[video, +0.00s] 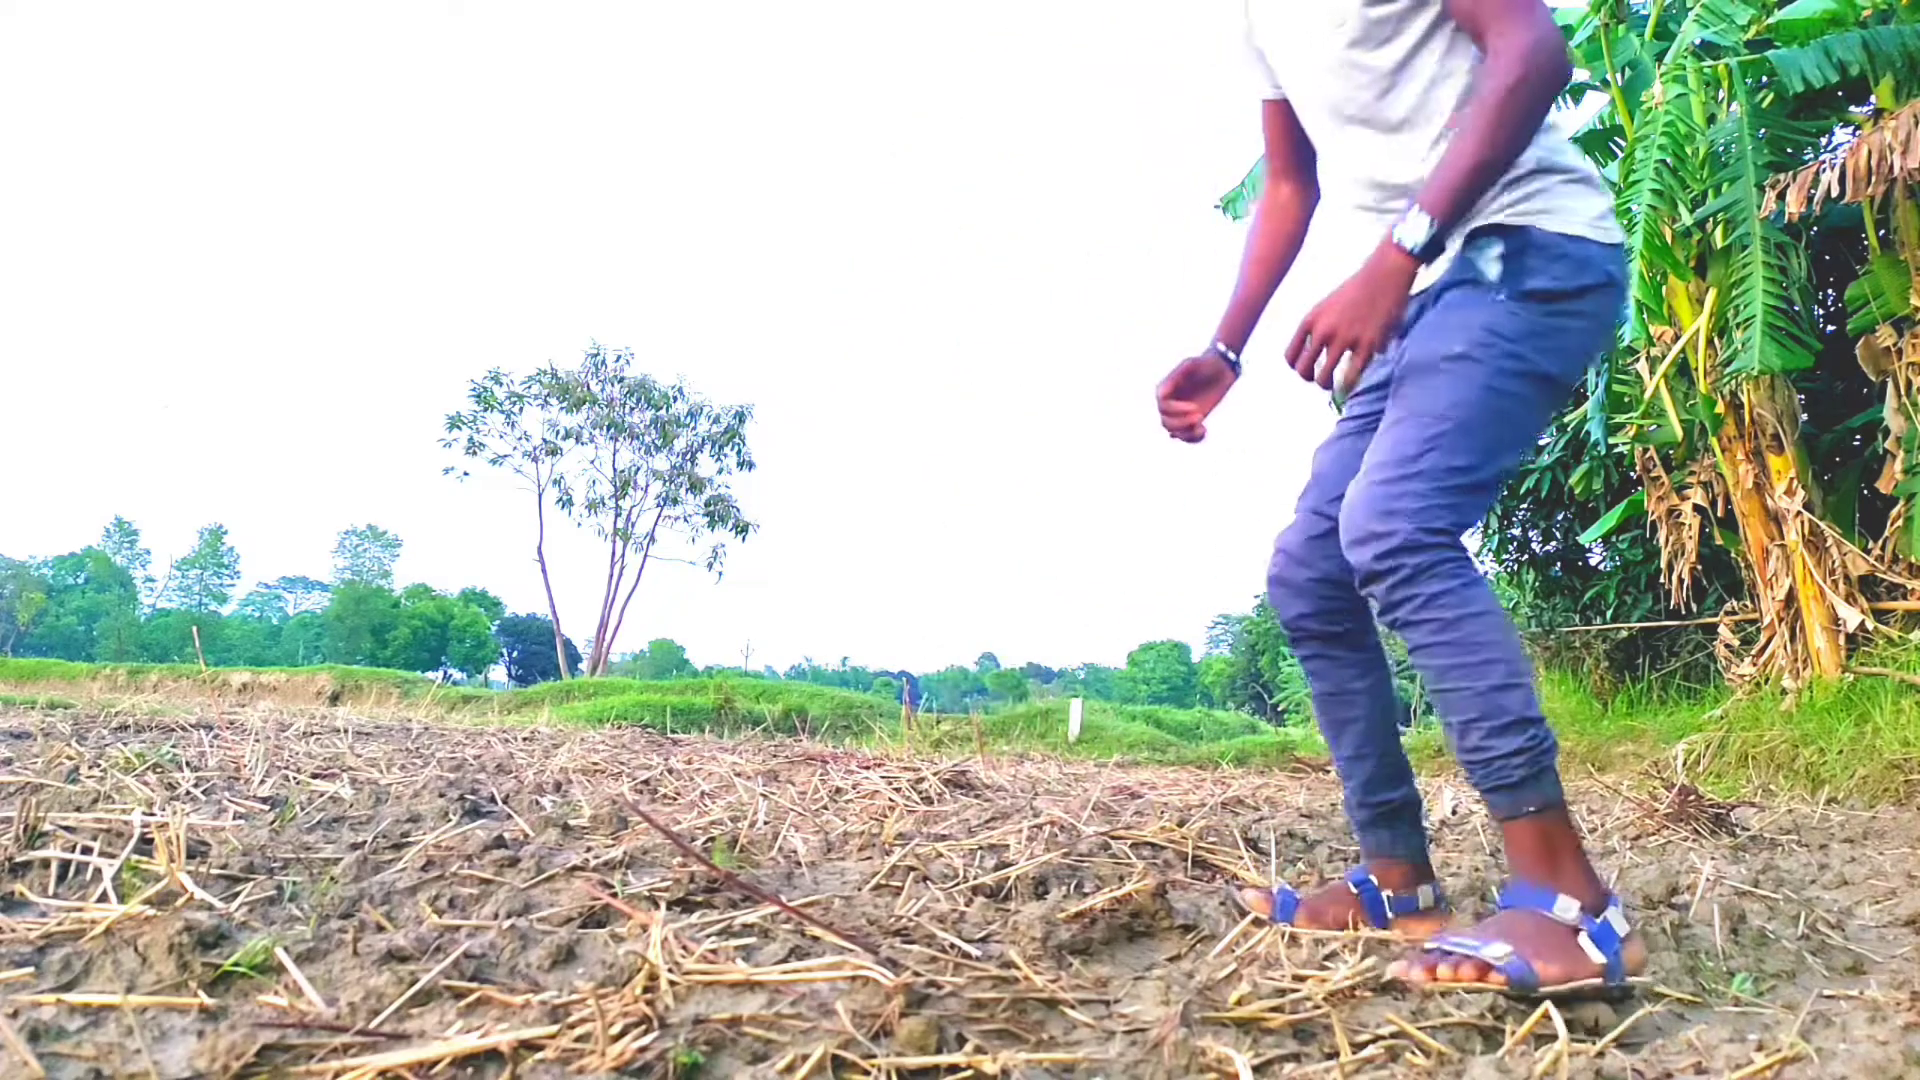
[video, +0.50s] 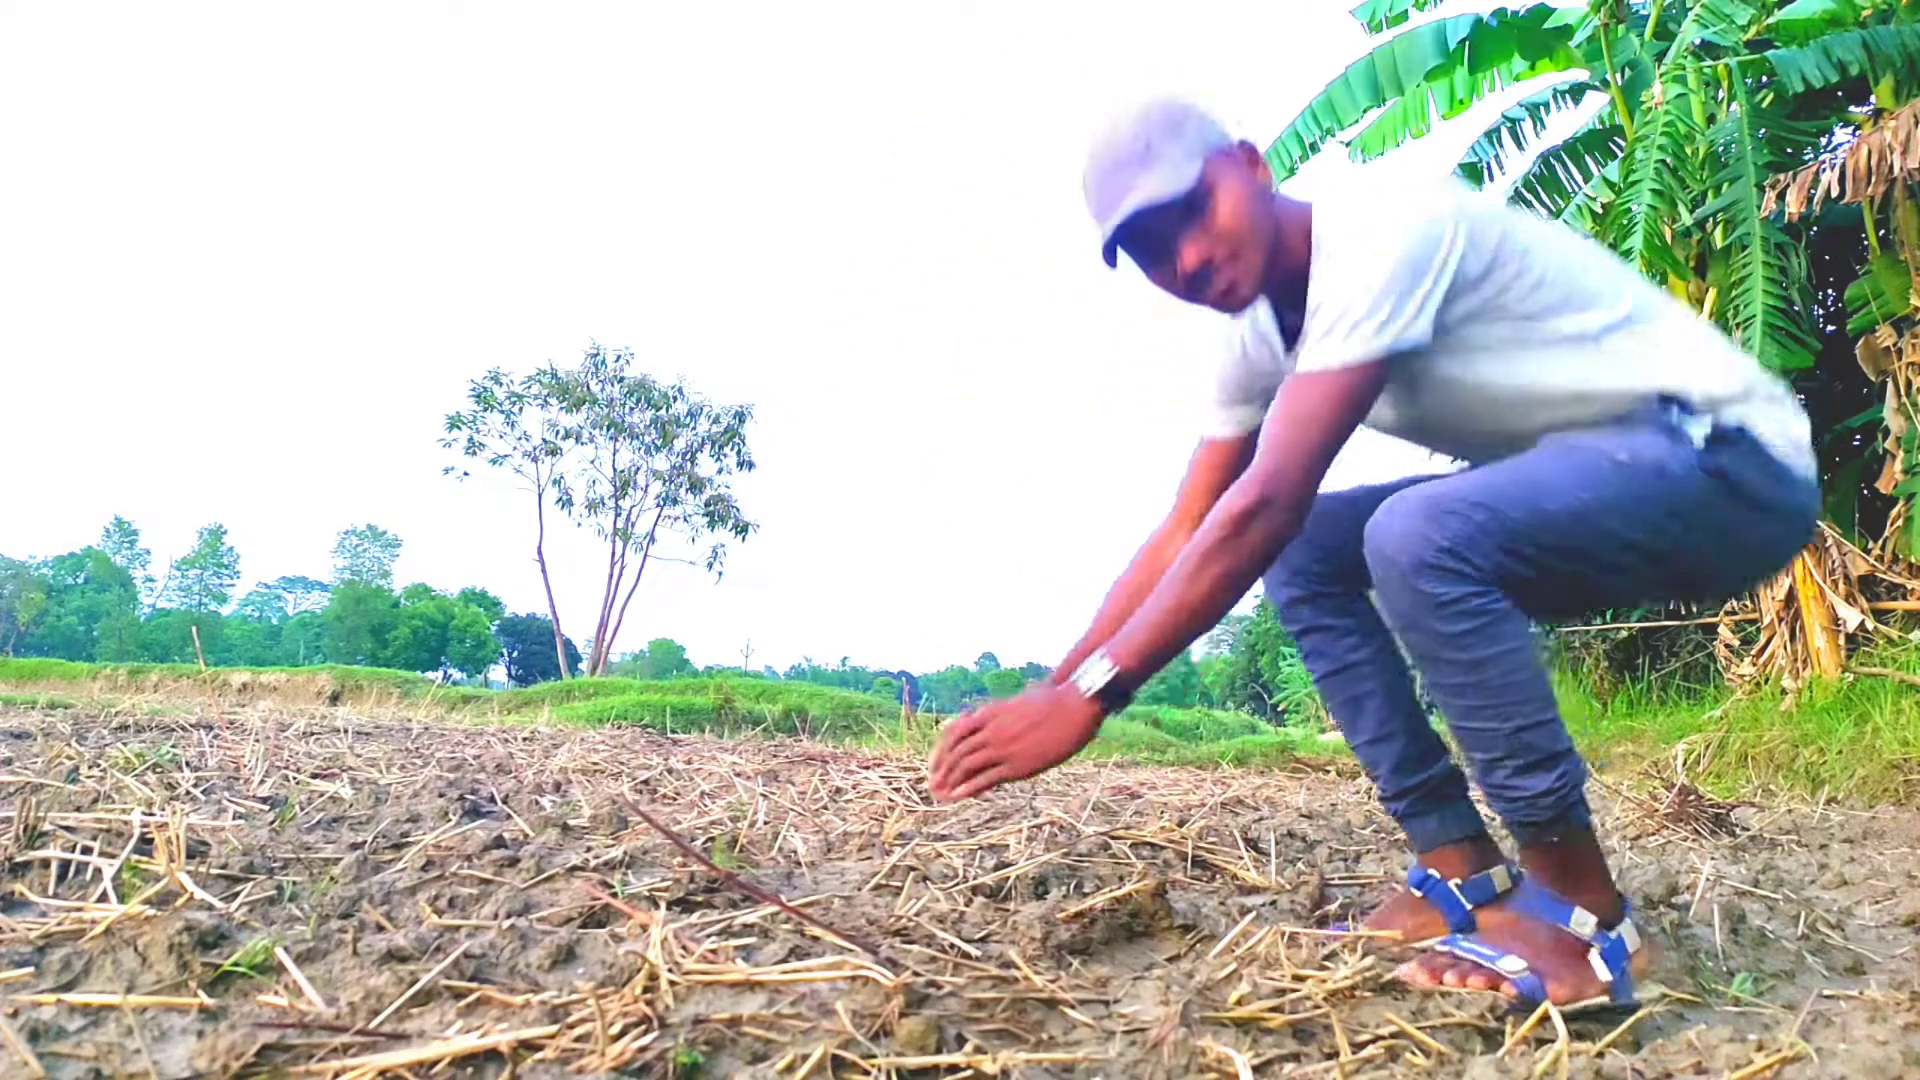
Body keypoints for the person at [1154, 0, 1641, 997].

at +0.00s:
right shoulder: (1265, 20)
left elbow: (1533, 51)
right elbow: (1288, 180)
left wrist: (1393, 257)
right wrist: (1227, 347)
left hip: (1531, 248)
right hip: (1428, 286)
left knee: (1396, 529)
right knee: (1306, 574)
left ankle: (1564, 898)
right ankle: (1398, 884)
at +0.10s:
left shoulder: (1449, 5)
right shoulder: (1290, 24)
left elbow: (1493, 126)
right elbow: (1311, 214)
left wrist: (1388, 357)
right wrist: (1251, 407)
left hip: (1585, 250)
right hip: (1467, 285)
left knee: (1409, 537)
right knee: (1278, 522)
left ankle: (1580, 912)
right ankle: (1431, 823)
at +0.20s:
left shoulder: (1439, 4)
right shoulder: (1289, 38)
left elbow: (1438, 190)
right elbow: (1311, 252)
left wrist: (1356, 427)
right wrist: (1249, 450)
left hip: (1632, 269)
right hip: (1508, 303)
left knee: (1425, 540)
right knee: (1312, 530)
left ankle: (1598, 921)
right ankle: (1479, 826)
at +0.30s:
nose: (1183, 53)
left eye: (1186, 15)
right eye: (1159, 39)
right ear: (1157, 43)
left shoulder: (1418, 24)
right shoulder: (1275, 127)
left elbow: (1363, 305)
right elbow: (1275, 345)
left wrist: (1273, 539)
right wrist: (1210, 546)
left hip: (1692, 298)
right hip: (1563, 326)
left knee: (1442, 544)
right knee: (1331, 533)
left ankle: (1607, 923)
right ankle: (1472, 865)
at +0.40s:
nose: (1185, 140)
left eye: (1189, 90)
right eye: (1151, 129)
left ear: (1256, 38)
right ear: (1143, 147)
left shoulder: (1407, 102)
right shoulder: (1266, 228)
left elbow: (1322, 391)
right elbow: (1231, 436)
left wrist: (1187, 614)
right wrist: (1144, 622)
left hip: (1715, 345)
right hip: (1584, 374)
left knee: (1440, 541)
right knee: (1334, 531)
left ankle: (1605, 926)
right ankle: (1471, 873)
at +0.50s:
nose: (1184, 261)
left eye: (1190, 212)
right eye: (1148, 251)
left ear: (1250, 168)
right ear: (1142, 270)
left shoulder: (1387, 224)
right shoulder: (1261, 333)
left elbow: (1265, 513)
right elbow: (1193, 521)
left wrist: (1088, 699)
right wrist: (1061, 686)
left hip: (1720, 457)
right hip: (1596, 468)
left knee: (1423, 543)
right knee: (1310, 551)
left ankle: (1581, 918)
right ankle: (1462, 881)